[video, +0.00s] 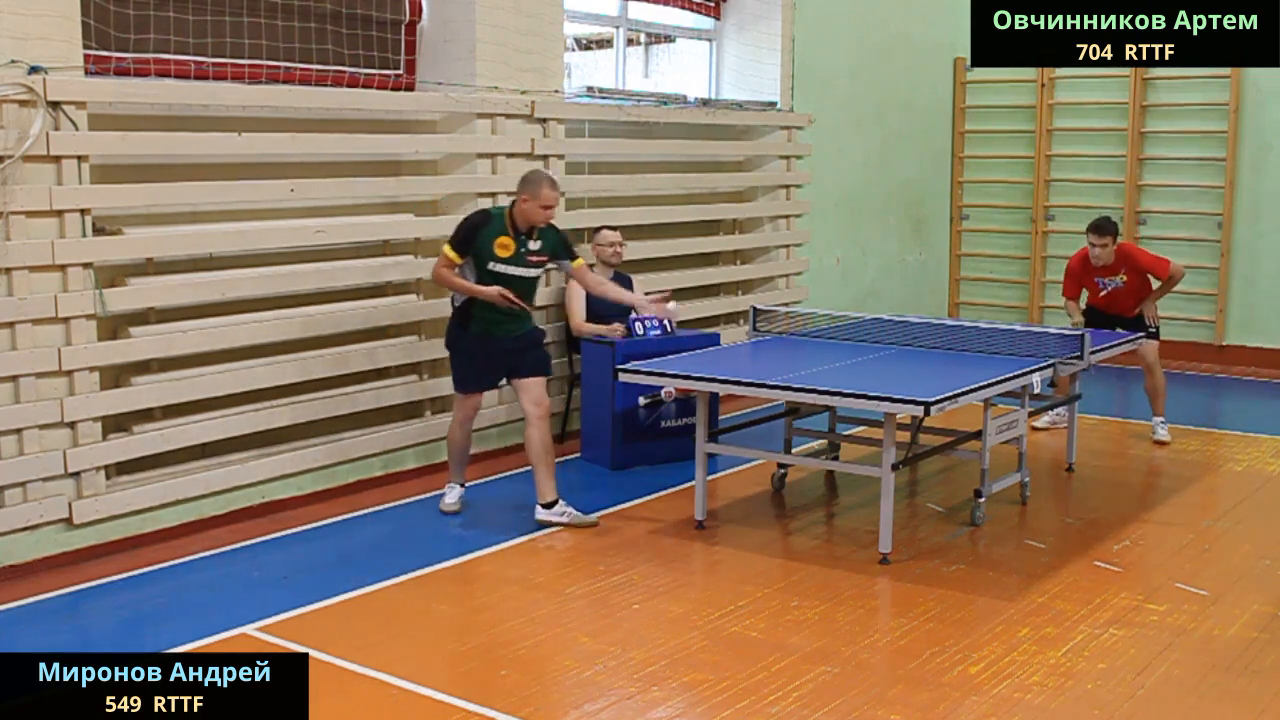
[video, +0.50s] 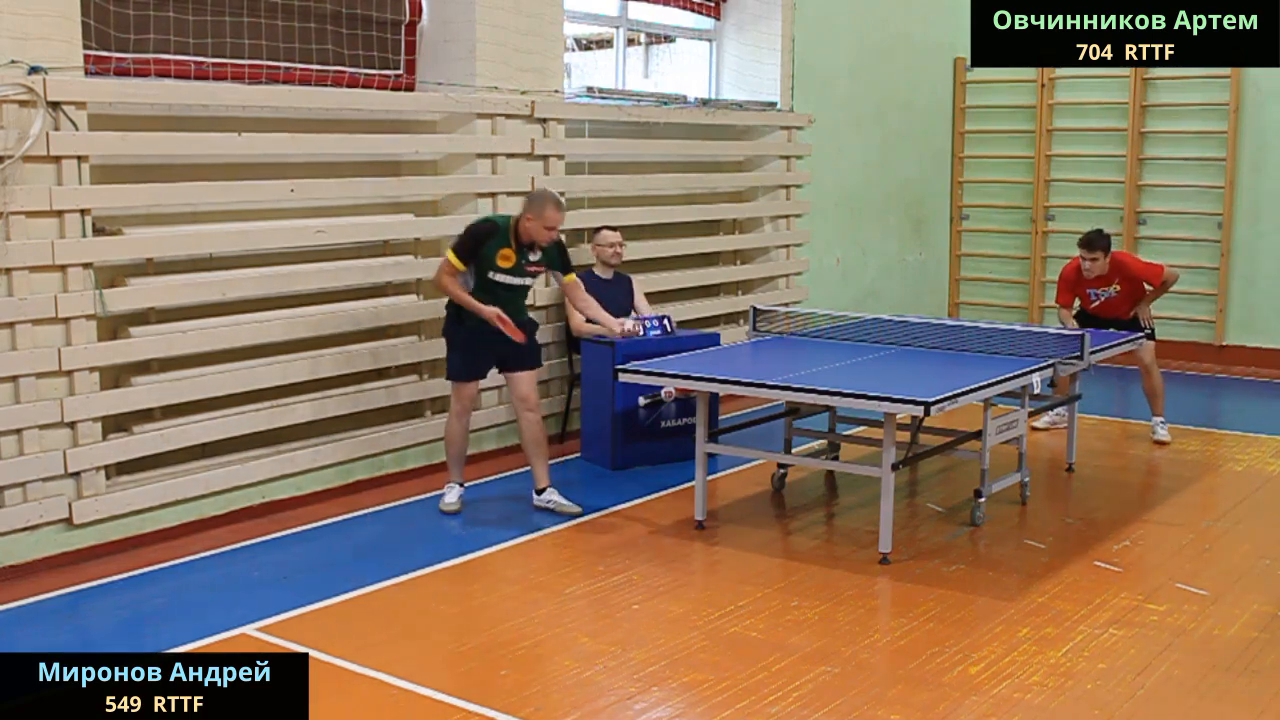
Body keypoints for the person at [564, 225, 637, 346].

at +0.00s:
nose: (618, 250)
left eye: (621, 245)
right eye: (611, 245)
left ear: (624, 247)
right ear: (594, 250)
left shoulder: (628, 281)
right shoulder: (578, 283)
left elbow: (644, 315)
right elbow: (577, 327)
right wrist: (606, 330)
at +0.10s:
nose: (618, 250)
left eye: (621, 246)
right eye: (611, 246)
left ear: (624, 248)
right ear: (594, 250)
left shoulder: (629, 282)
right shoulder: (579, 283)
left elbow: (646, 314)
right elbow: (577, 327)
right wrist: (606, 330)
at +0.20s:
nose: (618, 250)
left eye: (621, 245)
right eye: (611, 246)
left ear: (624, 247)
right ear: (594, 250)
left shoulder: (630, 282)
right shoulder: (578, 283)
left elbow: (648, 317)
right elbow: (577, 327)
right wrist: (610, 331)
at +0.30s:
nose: (618, 250)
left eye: (621, 245)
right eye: (611, 246)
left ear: (624, 247)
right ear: (594, 250)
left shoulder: (629, 282)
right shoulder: (578, 284)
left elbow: (648, 315)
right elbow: (577, 327)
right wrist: (607, 330)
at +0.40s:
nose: (618, 251)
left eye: (621, 246)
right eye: (611, 246)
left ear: (624, 248)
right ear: (594, 250)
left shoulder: (629, 282)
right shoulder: (578, 284)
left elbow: (648, 316)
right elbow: (577, 328)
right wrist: (607, 331)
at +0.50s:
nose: (618, 251)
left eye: (621, 246)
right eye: (611, 246)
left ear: (624, 248)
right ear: (594, 250)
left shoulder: (629, 283)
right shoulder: (577, 283)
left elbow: (650, 319)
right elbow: (577, 327)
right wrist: (611, 331)